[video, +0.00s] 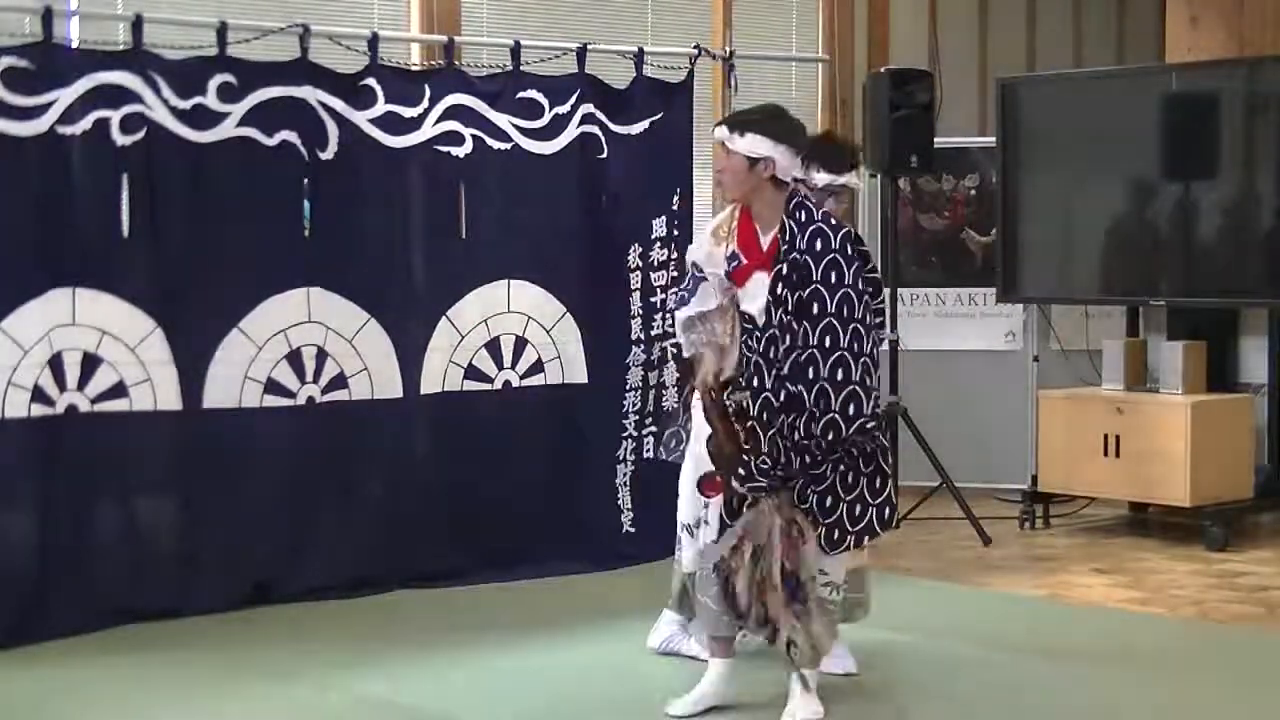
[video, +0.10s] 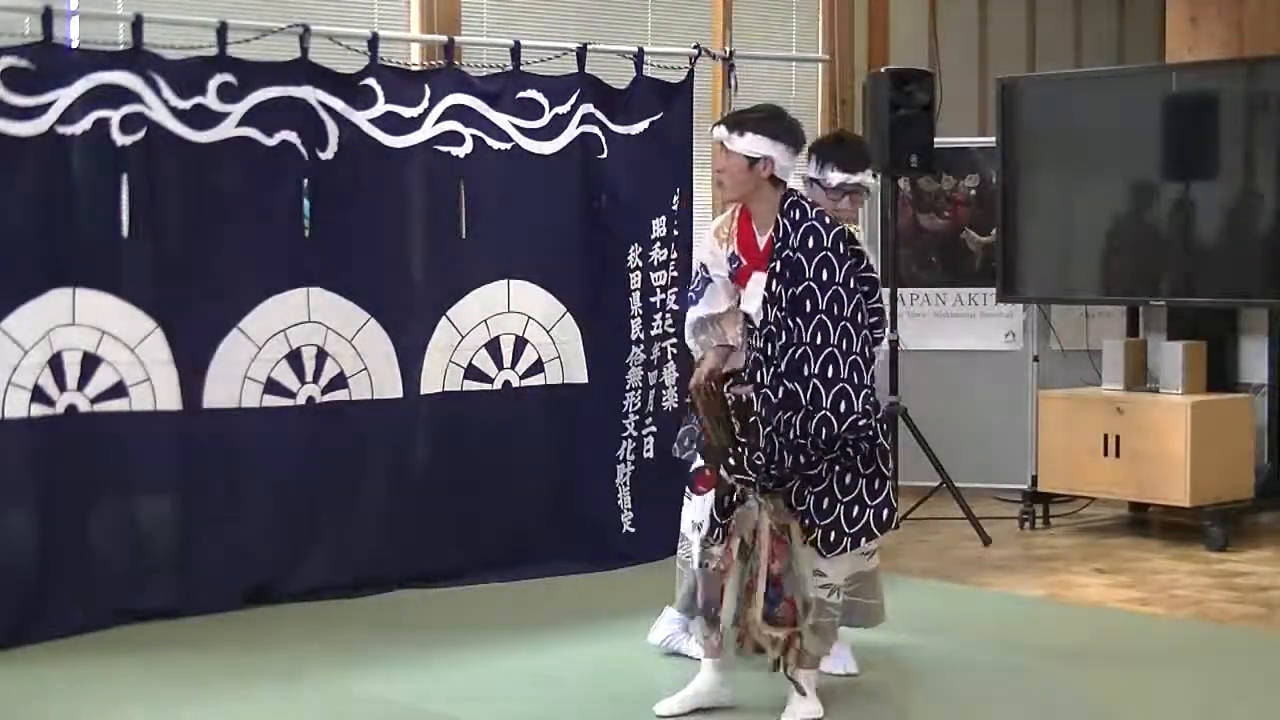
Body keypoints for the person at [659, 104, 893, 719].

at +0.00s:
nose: (716, 170)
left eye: (725, 160)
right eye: (717, 158)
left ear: (762, 168)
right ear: (748, 166)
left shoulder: (820, 240)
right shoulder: (730, 233)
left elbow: (843, 347)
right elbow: (694, 316)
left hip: (799, 417)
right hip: (730, 408)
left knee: (799, 547)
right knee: (713, 535)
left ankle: (804, 683)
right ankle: (719, 668)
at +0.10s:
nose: (715, 170)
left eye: (724, 160)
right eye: (716, 158)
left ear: (761, 168)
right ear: (745, 165)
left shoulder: (816, 239)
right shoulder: (735, 232)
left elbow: (836, 349)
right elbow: (712, 314)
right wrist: (717, 355)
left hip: (807, 418)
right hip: (744, 408)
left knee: (811, 548)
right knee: (715, 530)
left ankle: (805, 686)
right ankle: (714, 670)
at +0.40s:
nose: (699, 175)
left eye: (708, 164)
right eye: (698, 162)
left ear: (746, 170)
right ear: (730, 169)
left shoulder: (798, 237)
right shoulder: (729, 235)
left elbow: (806, 355)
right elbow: (716, 334)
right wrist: (695, 399)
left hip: (799, 429)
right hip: (749, 421)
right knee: (733, 551)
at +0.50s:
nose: (702, 181)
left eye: (711, 169)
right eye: (698, 169)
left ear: (749, 168)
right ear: (714, 170)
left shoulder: (790, 232)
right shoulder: (733, 232)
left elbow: (790, 348)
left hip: (788, 427)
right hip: (745, 421)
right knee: (761, 553)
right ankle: (807, 692)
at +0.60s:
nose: (709, 186)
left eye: (717, 172)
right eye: (704, 174)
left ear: (752, 165)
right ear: (719, 169)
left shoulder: (789, 221)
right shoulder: (744, 226)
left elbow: (771, 331)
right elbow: (718, 302)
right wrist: (670, 334)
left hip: (814, 418)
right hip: (754, 415)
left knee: (805, 549)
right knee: (722, 538)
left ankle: (803, 687)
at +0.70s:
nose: (715, 193)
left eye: (722, 179)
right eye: (709, 182)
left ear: (754, 166)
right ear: (714, 171)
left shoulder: (787, 219)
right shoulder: (757, 218)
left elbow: (747, 312)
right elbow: (716, 270)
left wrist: (667, 306)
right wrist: (657, 287)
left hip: (811, 419)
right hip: (750, 414)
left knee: (805, 550)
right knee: (714, 536)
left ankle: (804, 686)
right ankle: (702, 683)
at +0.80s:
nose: (711, 193)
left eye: (715, 179)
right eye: (706, 183)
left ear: (745, 164)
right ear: (741, 166)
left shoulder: (786, 210)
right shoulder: (727, 218)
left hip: (804, 414)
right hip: (733, 410)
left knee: (800, 547)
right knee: (714, 541)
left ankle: (801, 688)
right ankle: (702, 683)